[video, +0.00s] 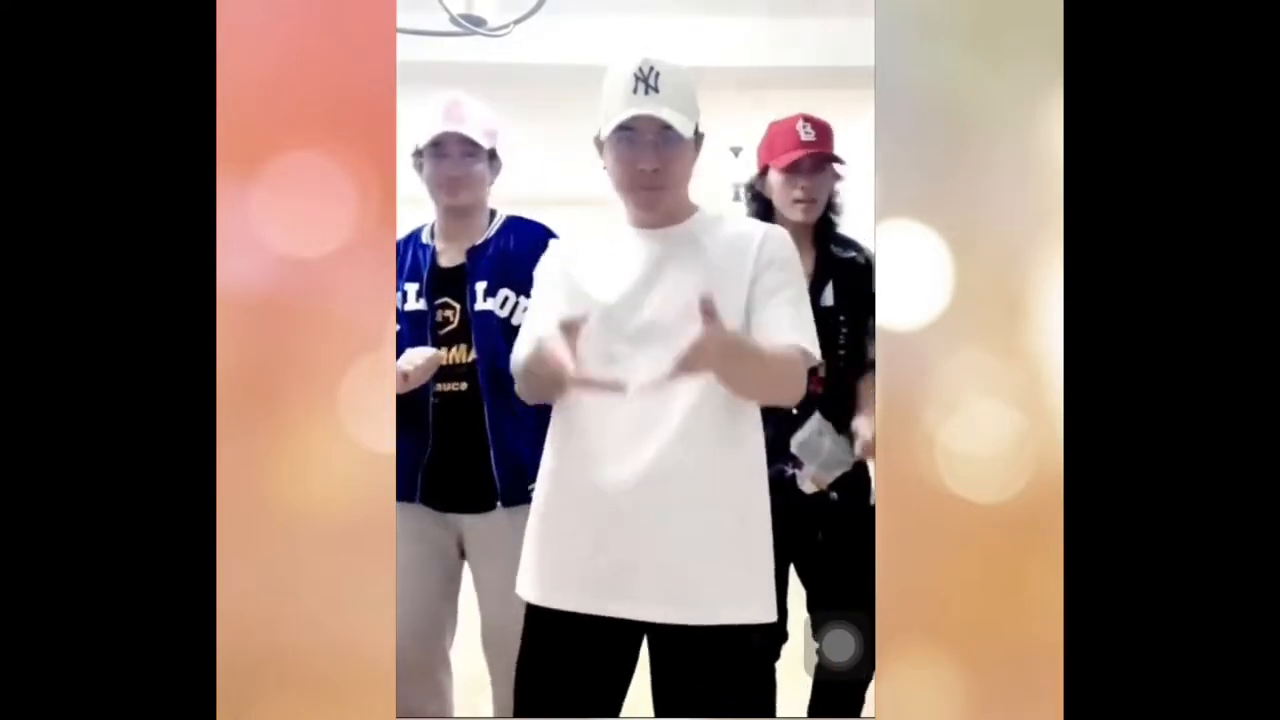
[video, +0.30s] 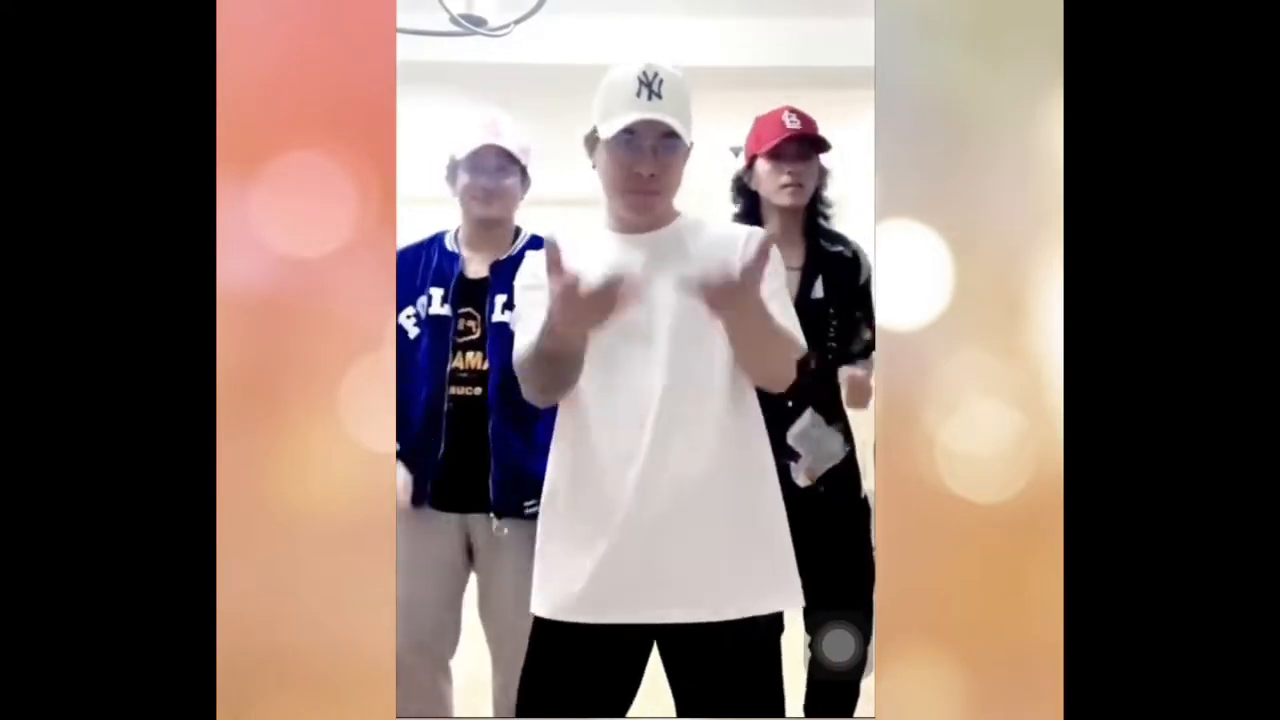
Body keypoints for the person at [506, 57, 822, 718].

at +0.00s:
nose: (647, 157)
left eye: (667, 137)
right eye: (628, 137)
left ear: (697, 150)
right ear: (602, 151)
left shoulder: (755, 248)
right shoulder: (572, 255)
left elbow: (791, 383)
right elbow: (527, 384)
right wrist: (551, 358)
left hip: (714, 568)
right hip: (583, 563)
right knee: (549, 717)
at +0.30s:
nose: (646, 160)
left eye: (667, 141)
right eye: (627, 139)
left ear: (689, 155)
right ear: (593, 152)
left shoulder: (739, 252)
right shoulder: (562, 262)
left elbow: (782, 375)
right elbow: (539, 390)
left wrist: (740, 309)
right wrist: (567, 331)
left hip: (722, 570)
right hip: (591, 572)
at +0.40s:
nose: (646, 153)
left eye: (666, 134)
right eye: (628, 133)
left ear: (688, 148)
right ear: (597, 144)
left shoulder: (726, 243)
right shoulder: (560, 246)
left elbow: (768, 341)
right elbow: (527, 353)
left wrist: (749, 221)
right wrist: (564, 225)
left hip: (722, 568)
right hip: (589, 568)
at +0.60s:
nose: (648, 148)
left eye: (666, 130)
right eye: (629, 128)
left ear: (684, 145)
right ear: (592, 140)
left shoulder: (717, 246)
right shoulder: (539, 233)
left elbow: (765, 349)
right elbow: (514, 339)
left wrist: (762, 239)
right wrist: (572, 225)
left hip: (713, 570)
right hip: (580, 571)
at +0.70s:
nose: (645, 155)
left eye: (664, 137)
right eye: (626, 134)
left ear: (686, 151)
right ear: (591, 146)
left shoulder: (725, 260)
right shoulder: (534, 245)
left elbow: (752, 398)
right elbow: (509, 366)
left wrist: (748, 341)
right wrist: (579, 324)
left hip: (705, 566)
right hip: (577, 568)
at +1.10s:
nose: (650, 159)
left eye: (669, 139)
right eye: (630, 140)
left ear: (703, 147)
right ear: (608, 151)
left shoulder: (750, 259)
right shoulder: (570, 239)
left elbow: (758, 377)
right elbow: (520, 343)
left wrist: (730, 262)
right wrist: (553, 232)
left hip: (696, 563)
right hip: (565, 555)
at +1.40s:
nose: (655, 154)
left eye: (674, 133)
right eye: (636, 136)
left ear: (708, 143)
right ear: (614, 148)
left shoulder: (774, 239)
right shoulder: (588, 244)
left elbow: (801, 357)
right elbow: (541, 360)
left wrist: (725, 256)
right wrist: (560, 284)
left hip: (711, 574)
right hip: (582, 569)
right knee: (541, 716)